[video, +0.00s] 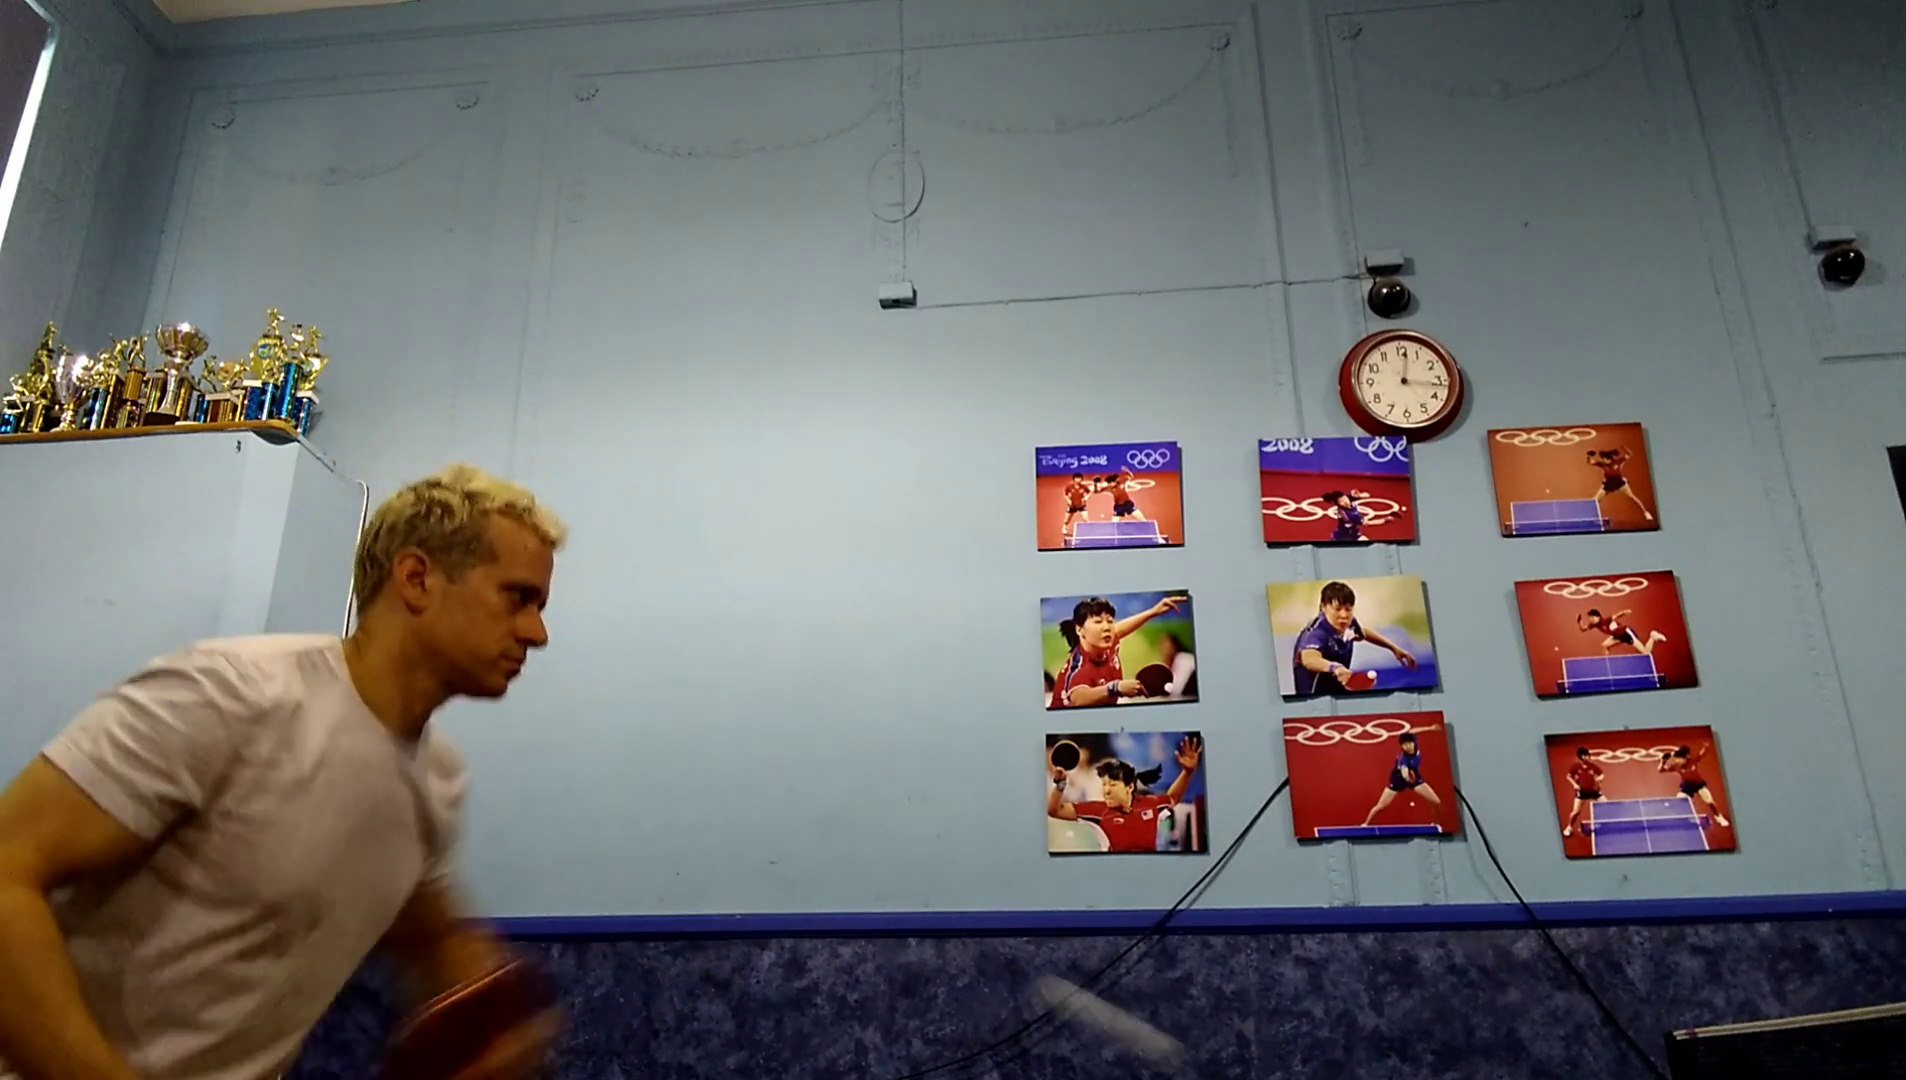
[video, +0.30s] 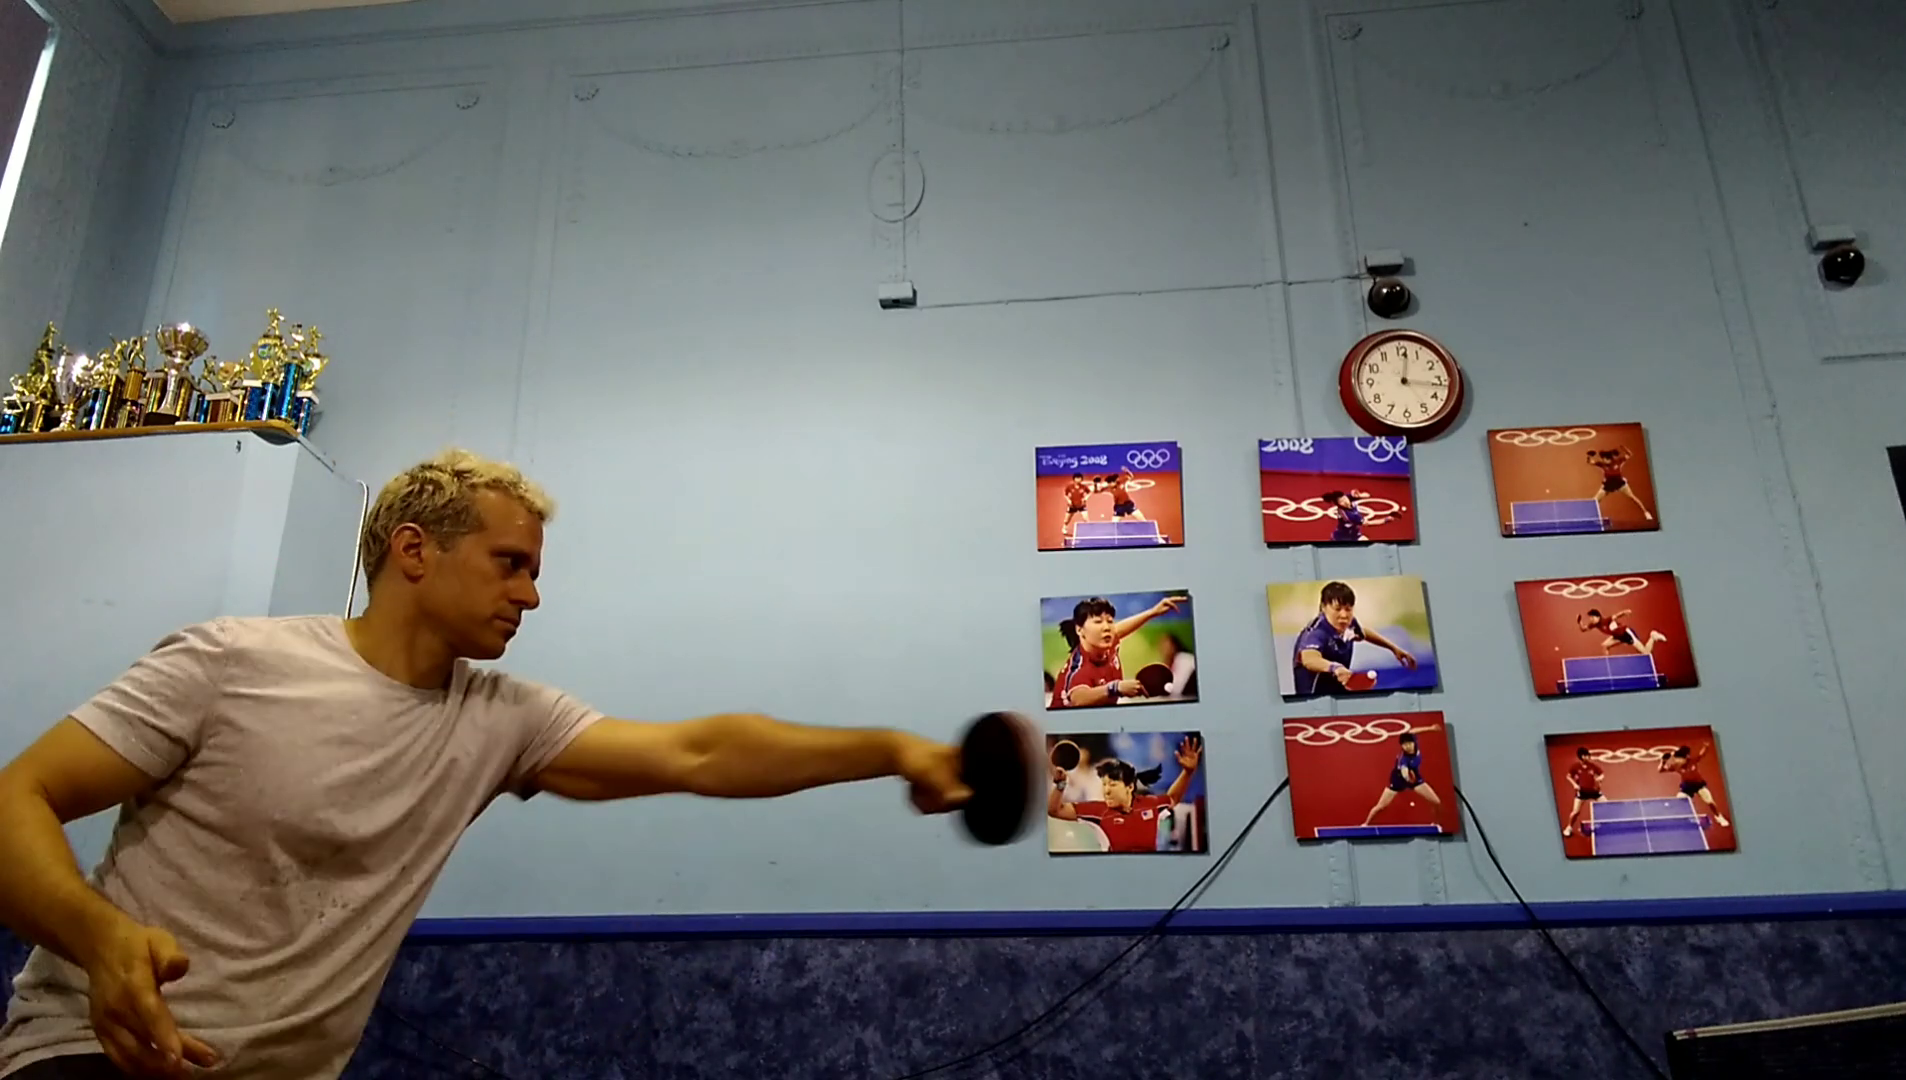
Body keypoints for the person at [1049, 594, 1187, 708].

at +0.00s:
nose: (1107, 628)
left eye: (1110, 622)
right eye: (1098, 622)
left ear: (1114, 626)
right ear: (1080, 630)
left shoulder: (1109, 645)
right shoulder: (1079, 666)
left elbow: (1119, 630)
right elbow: (1078, 698)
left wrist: (1153, 612)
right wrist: (1115, 687)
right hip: (1069, 729)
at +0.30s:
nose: (1107, 628)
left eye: (1110, 622)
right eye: (1098, 622)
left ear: (1114, 626)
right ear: (1080, 630)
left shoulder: (1109, 646)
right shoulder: (1078, 666)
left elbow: (1118, 631)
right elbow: (1078, 699)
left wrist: (1153, 612)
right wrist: (1115, 687)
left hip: (1103, 725)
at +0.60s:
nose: (1107, 628)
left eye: (1109, 622)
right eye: (1098, 622)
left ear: (1114, 626)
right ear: (1080, 630)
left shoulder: (1109, 645)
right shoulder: (1079, 667)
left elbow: (1118, 630)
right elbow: (1078, 698)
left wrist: (1154, 611)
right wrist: (1115, 687)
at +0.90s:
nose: (1107, 628)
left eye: (1110, 622)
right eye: (1098, 622)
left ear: (1114, 626)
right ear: (1080, 630)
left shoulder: (1109, 645)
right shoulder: (1079, 666)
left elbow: (1118, 630)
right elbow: (1078, 698)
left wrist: (1153, 612)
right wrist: (1115, 687)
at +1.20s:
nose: (1107, 628)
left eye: (1109, 622)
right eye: (1098, 622)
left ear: (1114, 626)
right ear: (1080, 630)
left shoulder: (1109, 645)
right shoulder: (1079, 666)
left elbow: (1118, 630)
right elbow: (1079, 698)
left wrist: (1154, 612)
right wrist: (1115, 687)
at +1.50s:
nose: (1107, 628)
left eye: (1109, 622)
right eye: (1098, 622)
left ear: (1114, 626)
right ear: (1080, 630)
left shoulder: (1109, 645)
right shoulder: (1079, 666)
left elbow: (1118, 630)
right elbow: (1078, 698)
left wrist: (1153, 611)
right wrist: (1115, 687)